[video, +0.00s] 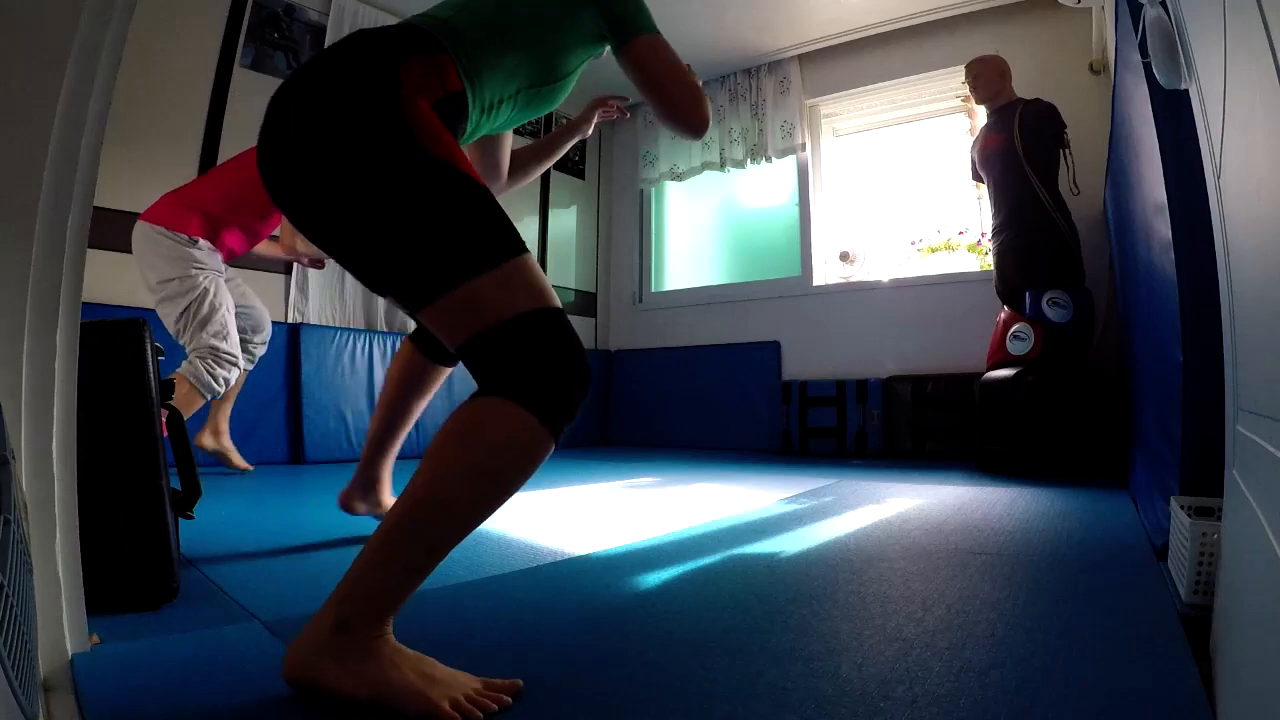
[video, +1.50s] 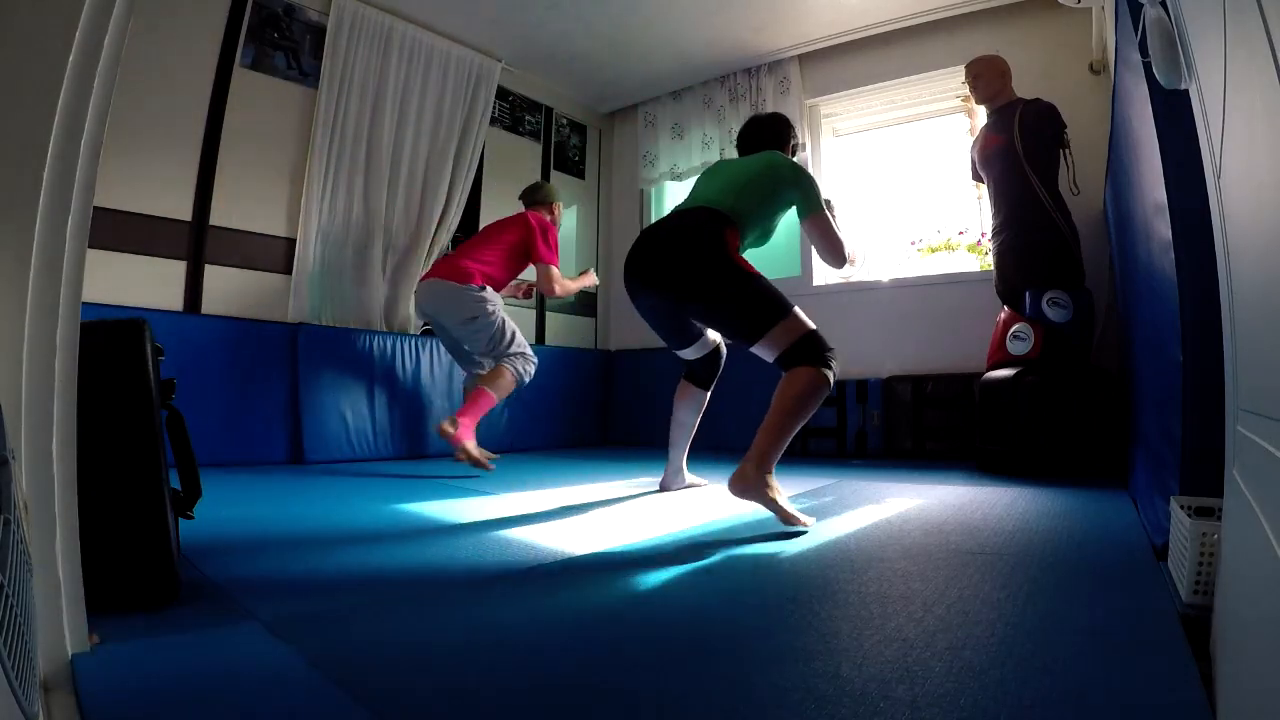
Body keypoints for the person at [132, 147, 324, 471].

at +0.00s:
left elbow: (238, 239)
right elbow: (295, 244)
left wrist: (295, 254)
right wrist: (324, 252)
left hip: (201, 246)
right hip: (175, 237)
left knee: (253, 324)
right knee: (215, 360)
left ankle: (216, 431)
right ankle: (140, 441)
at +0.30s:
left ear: (360, 142)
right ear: (373, 148)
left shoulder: (329, 173)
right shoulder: (348, 164)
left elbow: (297, 255)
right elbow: (345, 246)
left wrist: (360, 264)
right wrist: (380, 256)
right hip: (225, 240)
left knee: (278, 347)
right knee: (291, 335)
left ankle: (256, 453)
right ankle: (211, 438)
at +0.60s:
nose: (446, 186)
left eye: (448, 179)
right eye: (447, 177)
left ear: (407, 168)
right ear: (435, 171)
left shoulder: (381, 191)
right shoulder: (407, 190)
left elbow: (338, 269)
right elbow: (406, 265)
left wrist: (388, 277)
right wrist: (454, 265)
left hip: (277, 254)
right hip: (282, 255)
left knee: (331, 349)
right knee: (331, 354)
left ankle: (330, 449)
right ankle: (242, 442)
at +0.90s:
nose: (485, 195)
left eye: (486, 188)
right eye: (485, 187)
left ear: (447, 180)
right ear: (475, 182)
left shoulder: (426, 198)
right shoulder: (454, 199)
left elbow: (384, 271)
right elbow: (457, 271)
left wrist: (428, 275)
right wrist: (502, 267)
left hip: (332, 266)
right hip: (340, 271)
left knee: (396, 338)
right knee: (386, 369)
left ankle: (382, 435)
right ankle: (308, 456)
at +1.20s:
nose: (527, 209)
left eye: (527, 202)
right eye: (528, 201)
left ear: (491, 193)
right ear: (520, 196)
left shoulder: (469, 211)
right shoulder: (500, 212)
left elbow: (435, 279)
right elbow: (505, 279)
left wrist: (479, 282)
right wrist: (545, 275)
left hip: (376, 273)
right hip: (404, 275)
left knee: (431, 355)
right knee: (464, 351)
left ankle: (415, 442)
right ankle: (411, 438)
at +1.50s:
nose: (560, 216)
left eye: (559, 210)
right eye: (561, 210)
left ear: (528, 207)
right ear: (553, 208)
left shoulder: (506, 224)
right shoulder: (541, 224)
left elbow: (471, 273)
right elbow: (553, 287)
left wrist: (510, 289)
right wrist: (583, 282)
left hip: (428, 291)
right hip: (464, 291)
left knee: (480, 367)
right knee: (521, 358)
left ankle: (466, 440)